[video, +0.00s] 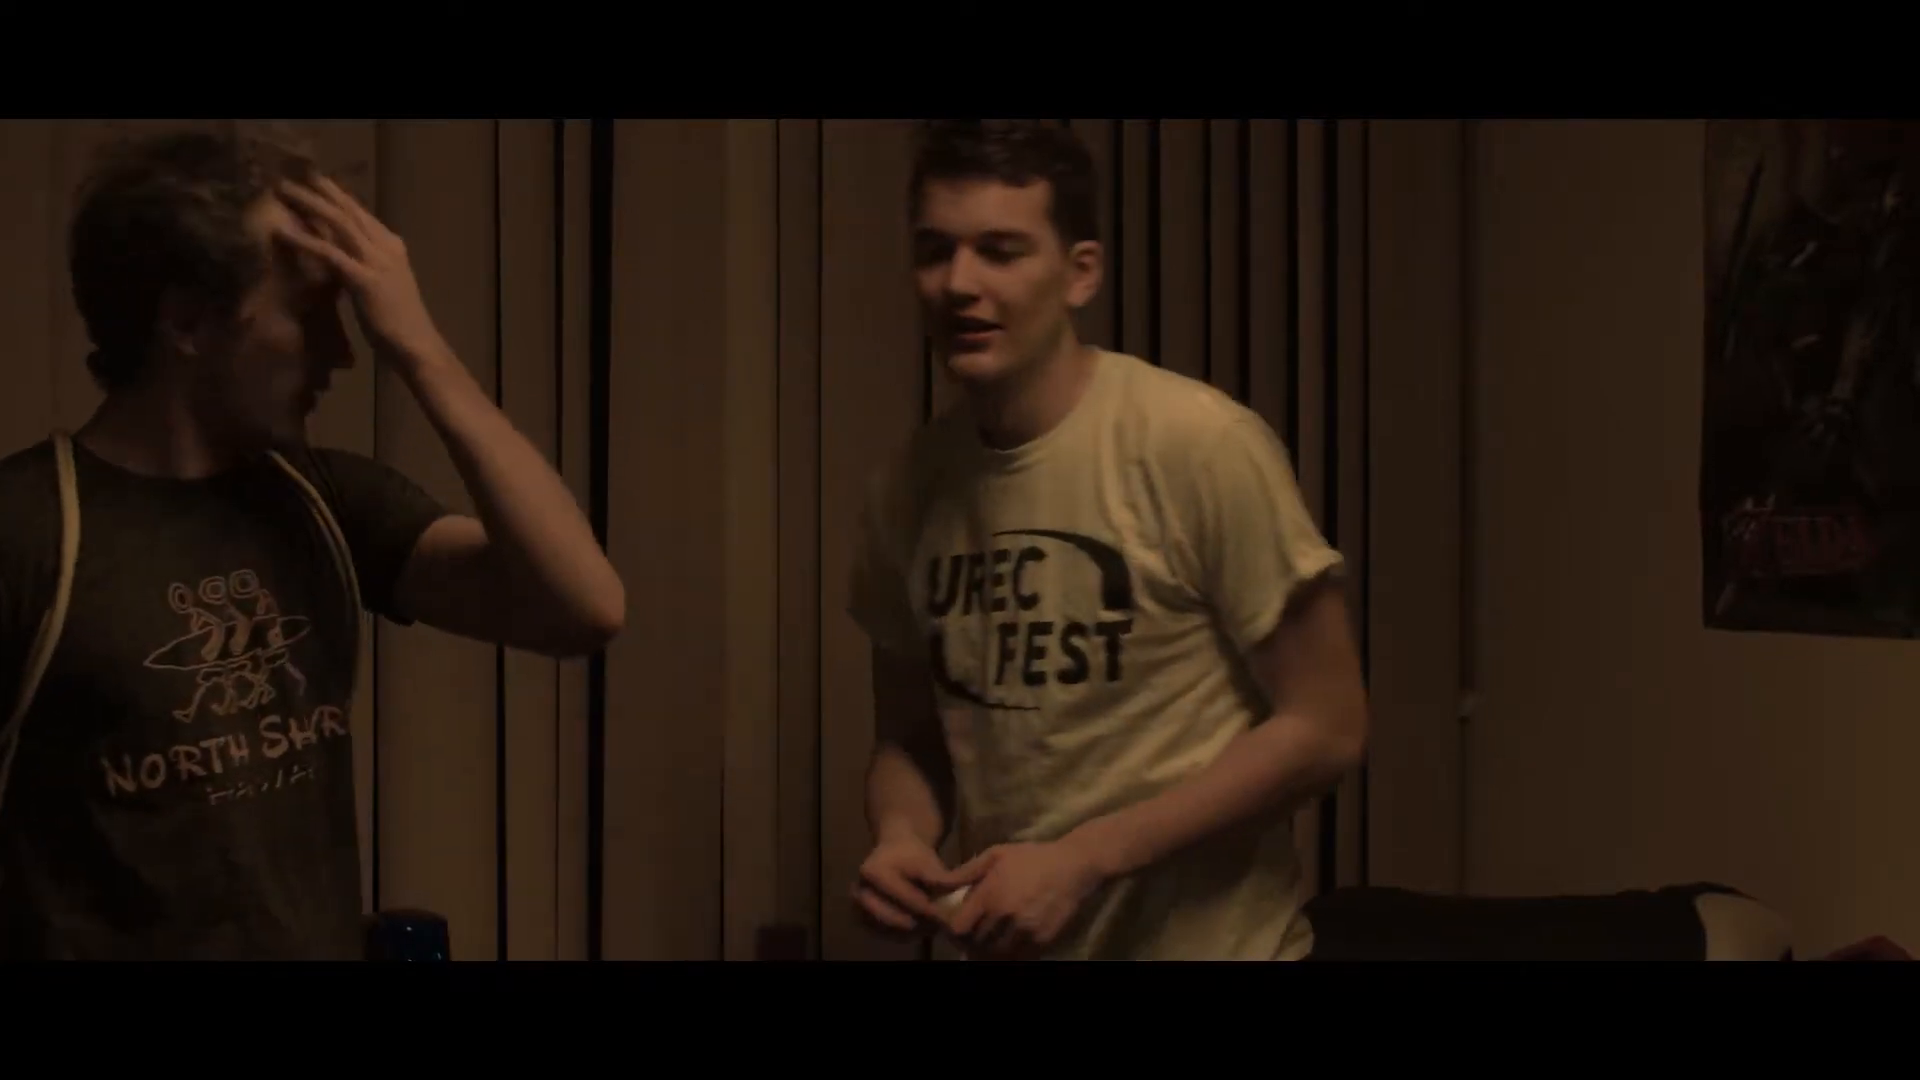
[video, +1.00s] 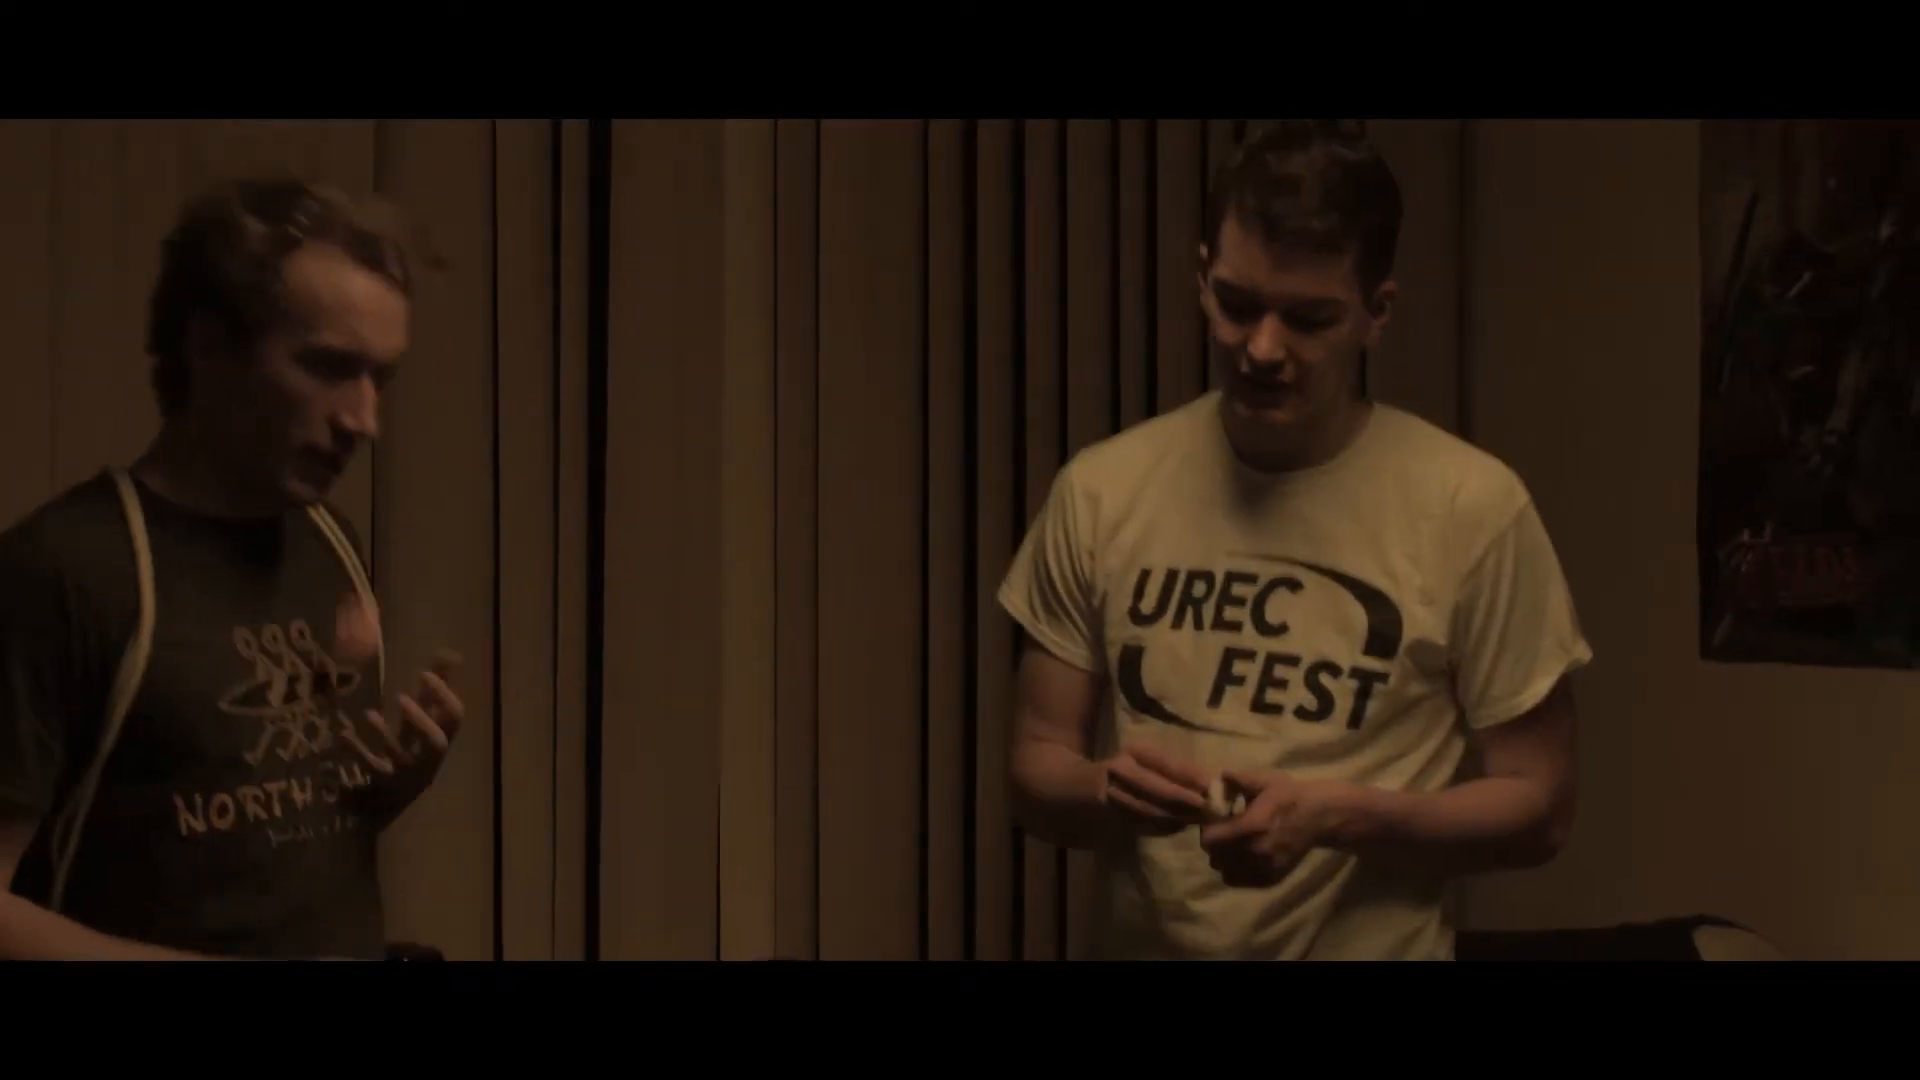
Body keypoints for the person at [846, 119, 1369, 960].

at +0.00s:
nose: (958, 282)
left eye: (1001, 251)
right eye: (936, 251)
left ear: (1079, 273)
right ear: (915, 267)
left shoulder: (1201, 444)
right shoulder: (915, 483)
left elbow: (1329, 722)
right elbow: (908, 728)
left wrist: (1080, 861)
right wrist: (902, 836)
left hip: (1205, 940)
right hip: (1002, 937)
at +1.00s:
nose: (1264, 349)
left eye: (1310, 318)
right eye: (1239, 306)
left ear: (1378, 311)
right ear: (1204, 280)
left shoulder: (1473, 512)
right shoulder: (1103, 492)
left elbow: (1539, 807)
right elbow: (1037, 762)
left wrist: (1338, 811)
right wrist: (1109, 794)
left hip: (1371, 950)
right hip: (1148, 947)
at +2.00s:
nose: (1212, 320)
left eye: (1256, 287)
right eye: (1188, 279)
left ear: (1332, 280)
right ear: (1162, 253)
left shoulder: (1434, 477)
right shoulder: (1075, 464)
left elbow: (1505, 769)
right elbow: (1016, 763)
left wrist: (1283, 749)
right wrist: (1060, 727)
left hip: (1311, 945)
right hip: (1088, 941)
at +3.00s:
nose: (1292, 334)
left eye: (1334, 300)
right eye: (1269, 296)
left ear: (1416, 280)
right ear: (1246, 277)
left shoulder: (1530, 469)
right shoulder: (1183, 459)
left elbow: (1606, 771)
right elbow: (1119, 740)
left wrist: (1360, 714)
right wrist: (1196, 718)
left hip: (1419, 943)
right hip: (1192, 939)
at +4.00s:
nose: (1304, 385)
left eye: (1341, 343)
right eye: (1270, 347)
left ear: (1408, 312)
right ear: (1239, 325)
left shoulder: (1519, 505)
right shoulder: (1182, 506)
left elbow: (1603, 814)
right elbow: (1140, 811)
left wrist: (1383, 715)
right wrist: (1184, 731)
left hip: (1421, 946)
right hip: (1203, 946)